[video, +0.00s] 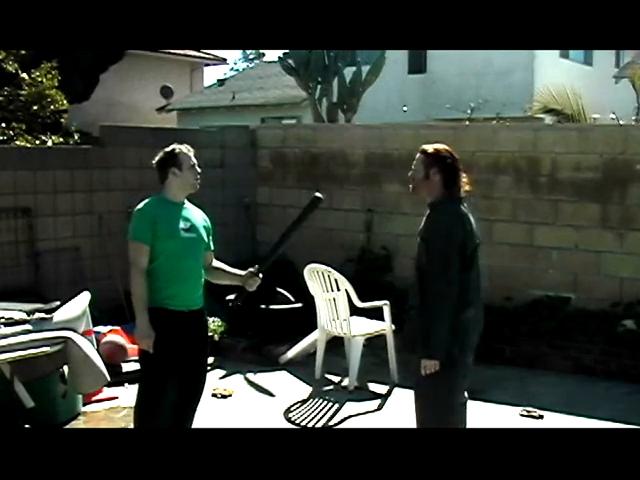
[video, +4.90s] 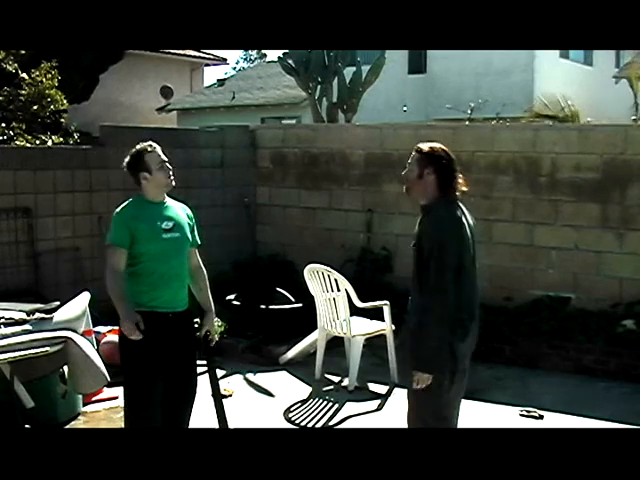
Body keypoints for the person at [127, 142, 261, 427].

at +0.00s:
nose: (199, 172)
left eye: (198, 167)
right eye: (193, 167)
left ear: (181, 173)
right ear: (173, 173)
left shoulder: (200, 217)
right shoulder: (148, 212)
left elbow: (208, 266)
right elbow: (138, 269)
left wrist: (241, 277)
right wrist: (142, 322)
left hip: (194, 320)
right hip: (162, 319)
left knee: (189, 395)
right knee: (158, 397)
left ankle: (178, 430)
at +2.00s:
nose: (201, 173)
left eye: (199, 168)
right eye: (195, 168)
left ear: (181, 174)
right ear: (175, 173)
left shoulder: (197, 220)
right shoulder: (142, 209)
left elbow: (215, 267)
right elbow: (125, 263)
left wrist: (246, 247)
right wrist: (124, 314)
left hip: (185, 319)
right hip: (150, 318)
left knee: (184, 395)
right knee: (149, 396)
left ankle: (176, 430)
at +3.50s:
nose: (194, 171)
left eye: (192, 165)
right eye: (187, 166)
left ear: (174, 173)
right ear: (168, 173)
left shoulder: (196, 216)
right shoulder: (139, 212)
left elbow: (207, 267)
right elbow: (125, 270)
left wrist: (243, 288)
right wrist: (129, 320)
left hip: (187, 318)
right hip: (152, 318)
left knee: (185, 395)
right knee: (151, 397)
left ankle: (177, 430)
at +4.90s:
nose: (169, 168)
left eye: (167, 163)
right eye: (161, 165)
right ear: (145, 177)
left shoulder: (183, 212)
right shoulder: (126, 216)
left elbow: (195, 267)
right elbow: (114, 271)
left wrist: (210, 311)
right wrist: (125, 313)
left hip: (181, 321)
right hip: (142, 324)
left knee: (179, 406)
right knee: (144, 408)